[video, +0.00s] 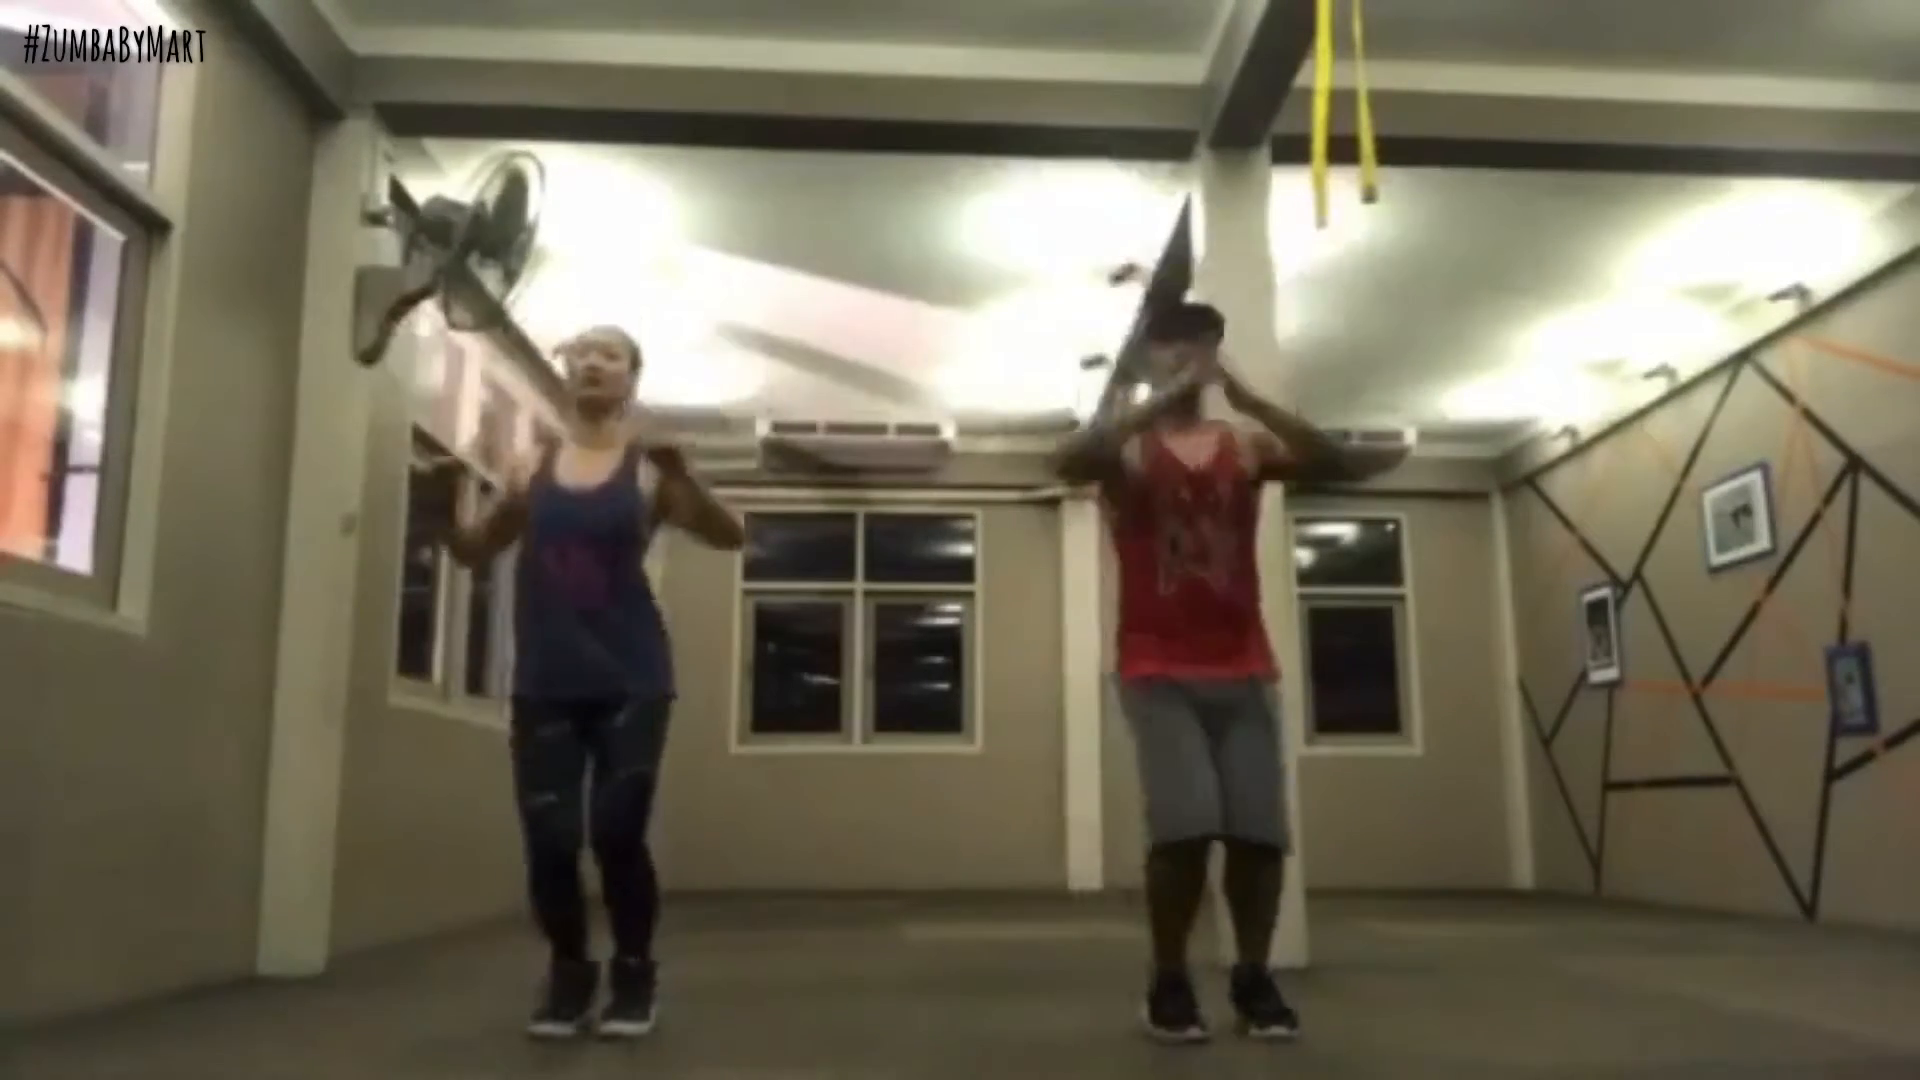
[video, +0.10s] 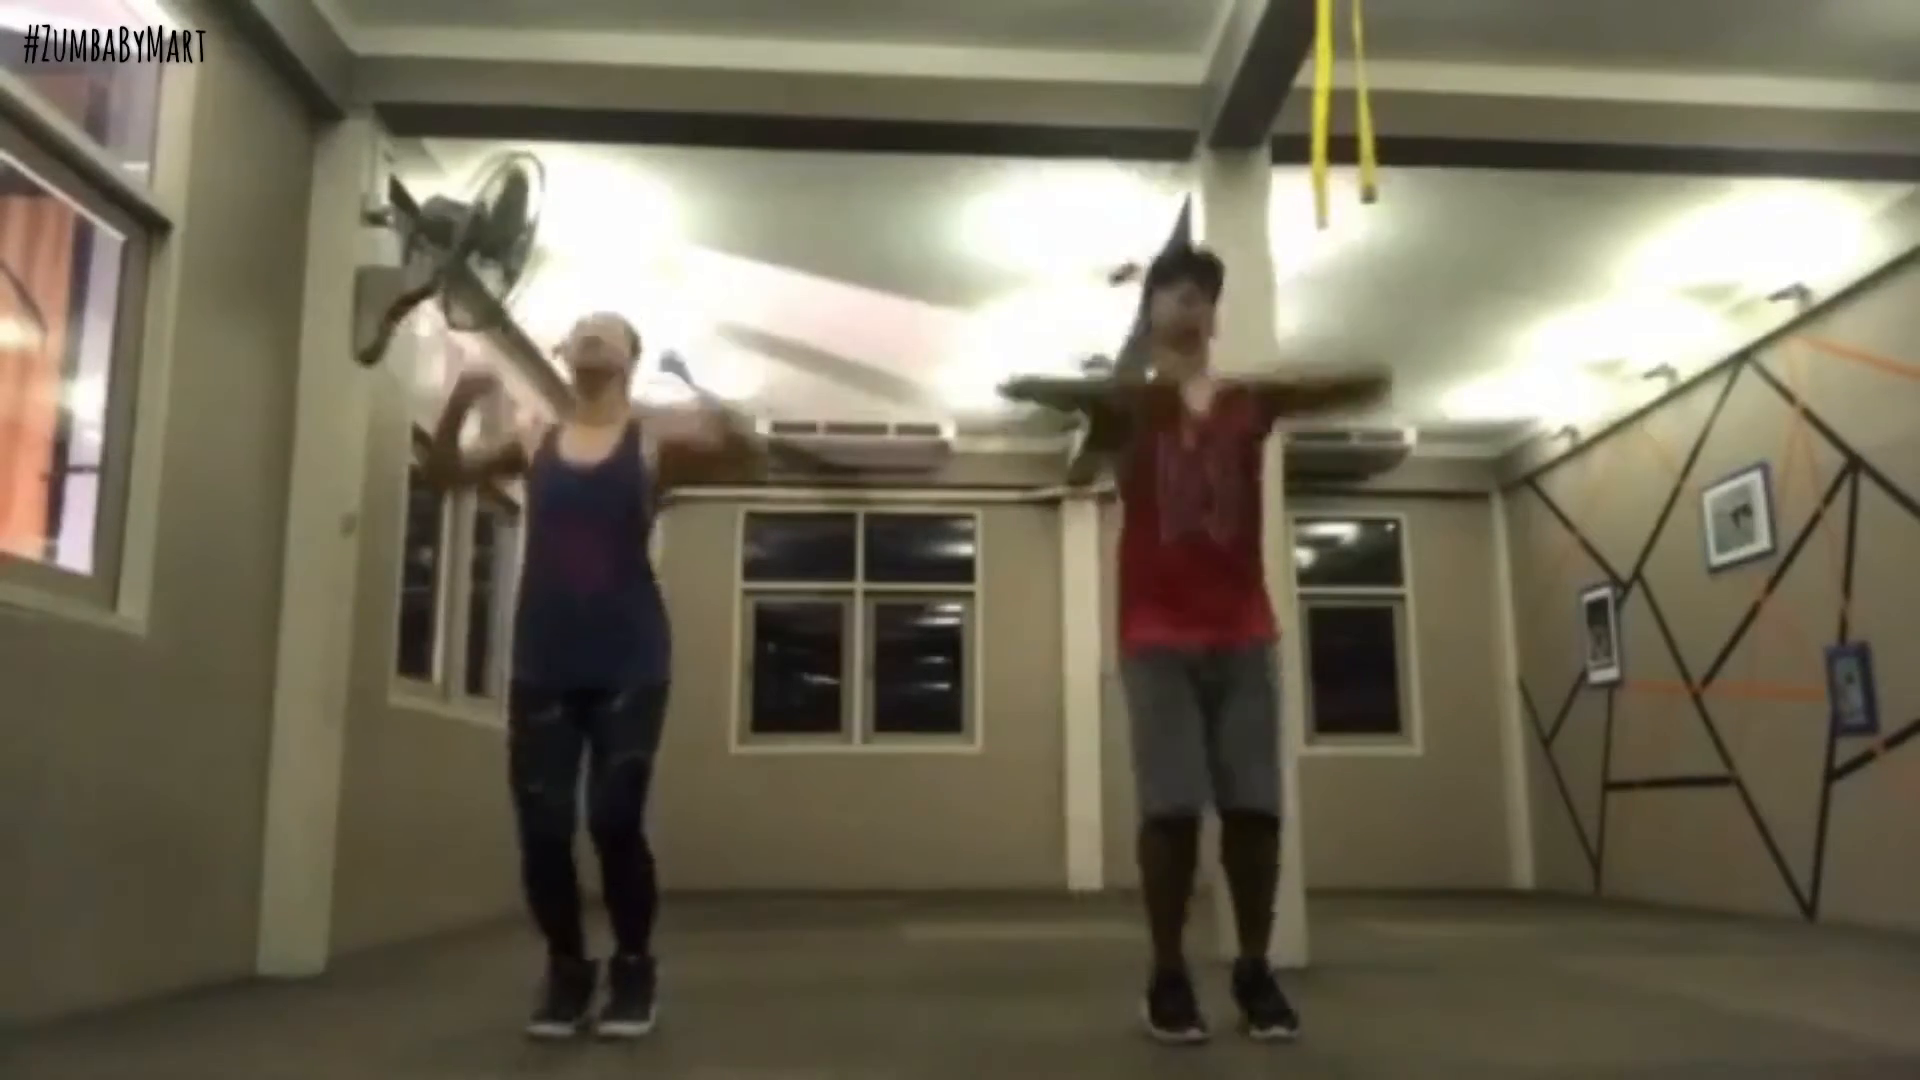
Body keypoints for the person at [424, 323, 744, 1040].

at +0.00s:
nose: (590, 367)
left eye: (608, 357)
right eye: (579, 357)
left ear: (633, 379)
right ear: (563, 374)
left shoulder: (649, 470)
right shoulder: (541, 468)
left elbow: (729, 536)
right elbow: (475, 550)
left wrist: (683, 476)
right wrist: (454, 501)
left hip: (630, 679)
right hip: (546, 679)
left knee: (616, 834)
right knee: (550, 842)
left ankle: (632, 982)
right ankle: (569, 983)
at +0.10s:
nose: (589, 339)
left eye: (606, 332)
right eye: (580, 332)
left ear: (631, 359)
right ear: (565, 357)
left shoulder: (652, 440)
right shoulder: (538, 440)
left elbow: (742, 459)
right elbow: (443, 470)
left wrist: (708, 400)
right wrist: (461, 397)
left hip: (627, 658)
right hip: (545, 657)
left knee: (614, 822)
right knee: (542, 830)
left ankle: (633, 978)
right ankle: (568, 978)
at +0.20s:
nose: (593, 291)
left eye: (610, 285)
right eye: (585, 284)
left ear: (633, 316)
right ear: (570, 311)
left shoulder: (652, 395)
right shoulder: (538, 389)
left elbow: (747, 351)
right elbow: (440, 359)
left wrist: (693, 281)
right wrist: (479, 310)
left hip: (627, 603)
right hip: (543, 604)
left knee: (624, 776)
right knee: (545, 783)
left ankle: (634, 958)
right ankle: (551, 963)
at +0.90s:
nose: (586, 345)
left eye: (602, 335)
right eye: (575, 333)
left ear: (624, 353)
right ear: (554, 348)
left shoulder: (640, 432)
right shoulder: (524, 431)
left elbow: (729, 406)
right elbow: (416, 401)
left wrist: (716, 362)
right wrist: (425, 319)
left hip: (612, 648)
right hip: (528, 645)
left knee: (608, 813)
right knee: (521, 814)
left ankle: (607, 971)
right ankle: (523, 974)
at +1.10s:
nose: (617, 376)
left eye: (623, 361)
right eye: (603, 362)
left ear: (628, 365)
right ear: (563, 367)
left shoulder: (645, 443)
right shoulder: (525, 445)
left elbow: (745, 459)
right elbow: (414, 476)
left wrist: (781, 427)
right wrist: (360, 420)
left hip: (621, 656)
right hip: (531, 656)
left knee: (650, 804)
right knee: (521, 821)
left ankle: (634, 940)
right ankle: (524, 980)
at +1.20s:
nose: (619, 348)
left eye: (626, 334)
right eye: (605, 334)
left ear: (634, 341)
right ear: (571, 339)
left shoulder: (648, 421)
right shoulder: (537, 418)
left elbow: (762, 444)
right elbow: (465, 475)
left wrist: (864, 432)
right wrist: (401, 429)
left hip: (634, 628)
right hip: (550, 631)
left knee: (661, 779)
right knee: (532, 800)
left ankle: (679, 948)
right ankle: (524, 975)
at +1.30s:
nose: (619, 341)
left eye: (631, 329)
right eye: (605, 327)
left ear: (643, 336)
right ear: (578, 331)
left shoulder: (657, 425)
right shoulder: (538, 417)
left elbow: (743, 451)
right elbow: (514, 492)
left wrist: (819, 475)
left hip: (646, 626)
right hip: (563, 628)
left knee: (667, 783)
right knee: (539, 800)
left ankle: (722, 965)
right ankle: (549, 965)